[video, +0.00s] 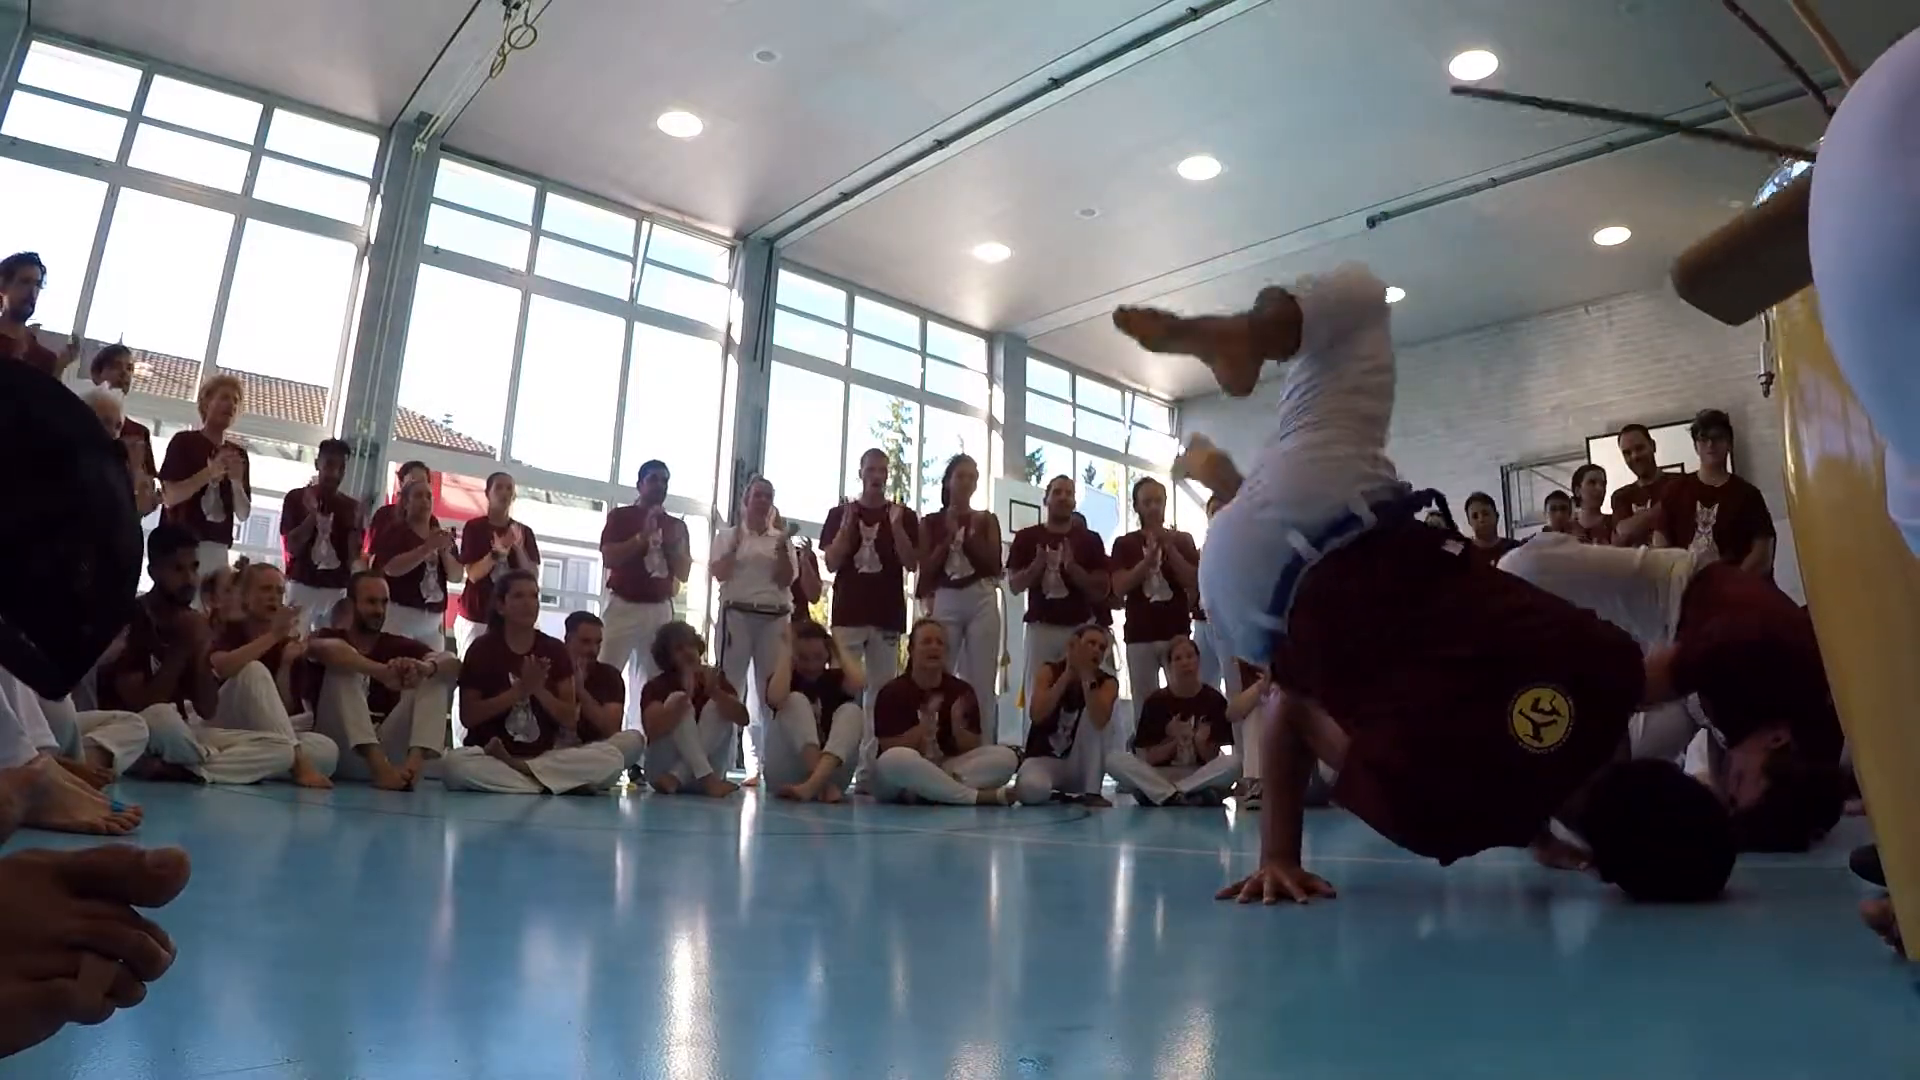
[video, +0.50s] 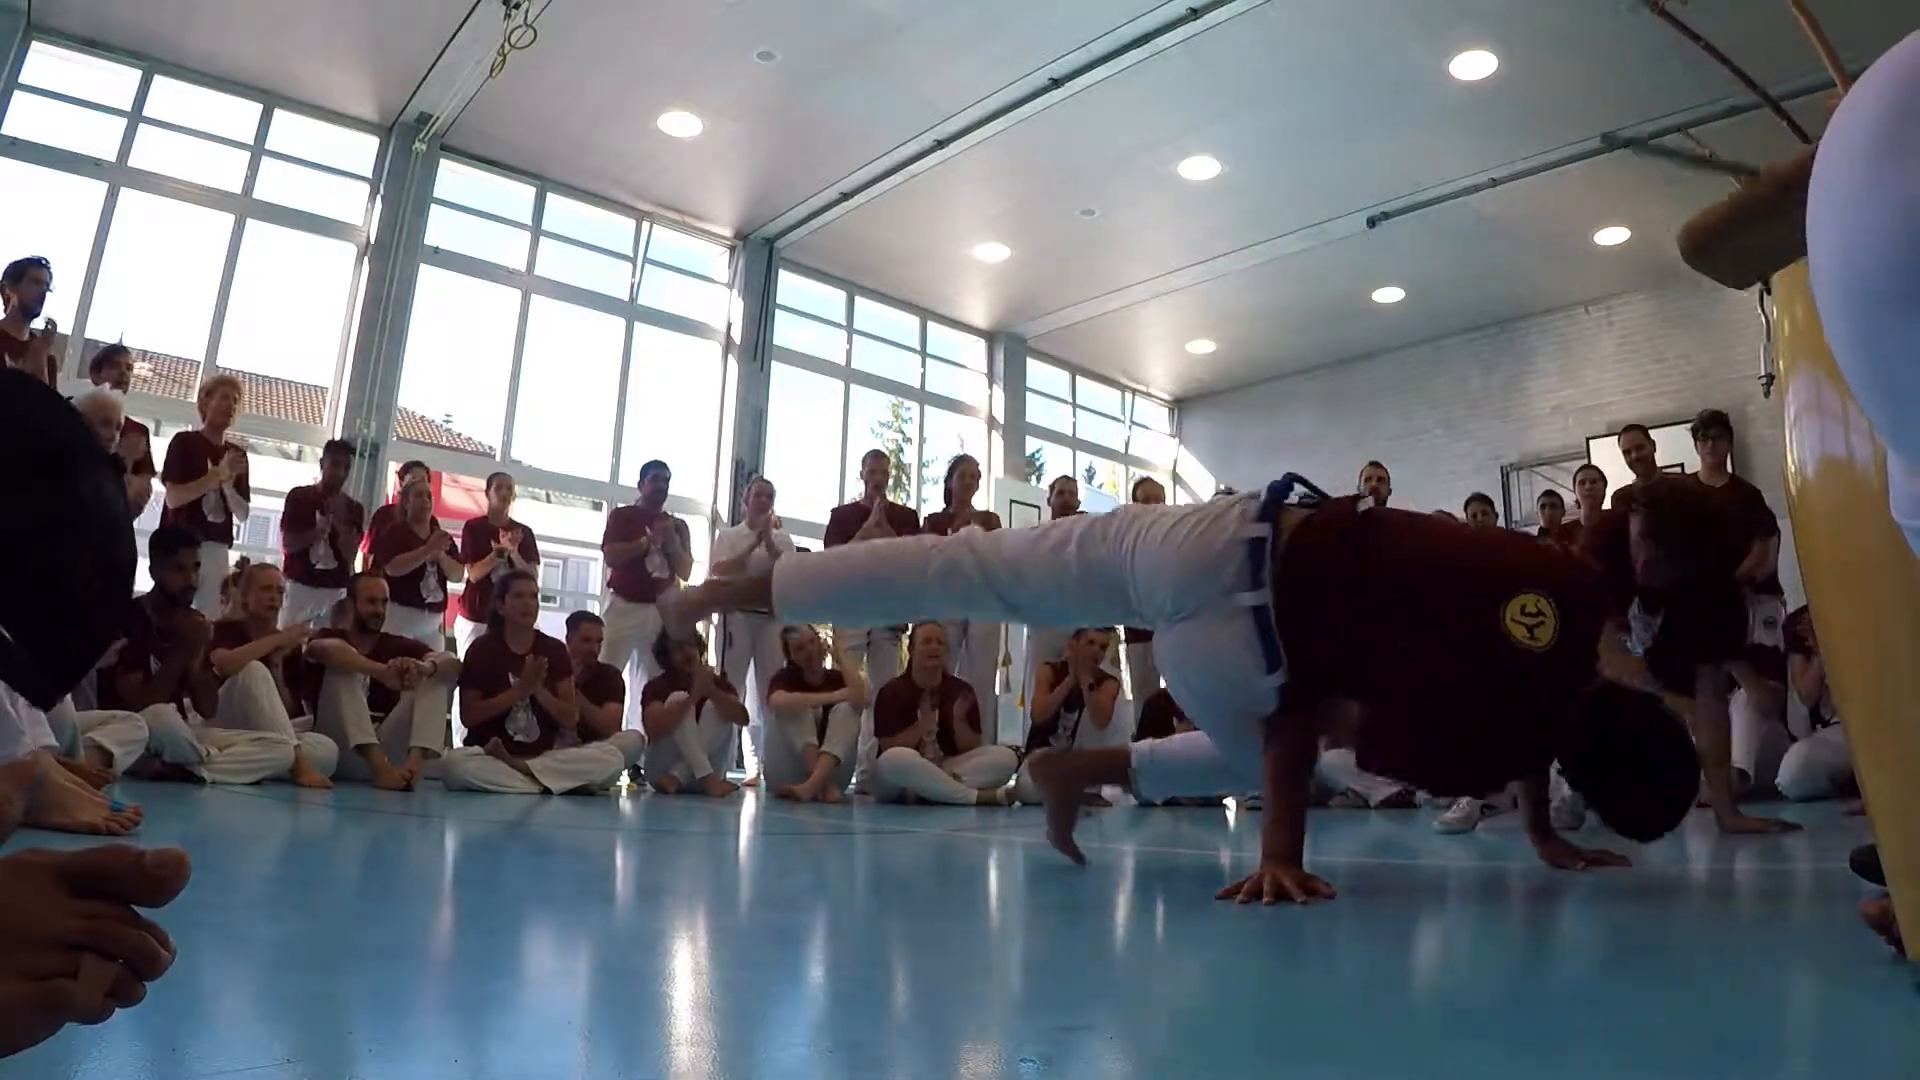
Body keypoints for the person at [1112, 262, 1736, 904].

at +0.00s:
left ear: (1662, 770)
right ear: (1601, 857)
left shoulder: (1613, 671)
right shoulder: (1440, 820)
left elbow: (1481, 594)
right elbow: (1284, 705)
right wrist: (1276, 857)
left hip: (1343, 500)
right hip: (1245, 592)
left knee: (1358, 294)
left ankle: (1238, 343)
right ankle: (1221, 481)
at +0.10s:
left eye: (1707, 780)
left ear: (1655, 787)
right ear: (1605, 863)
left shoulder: (1611, 662)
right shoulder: (1446, 822)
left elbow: (1470, 595)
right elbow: (1296, 713)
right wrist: (1277, 859)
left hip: (1317, 520)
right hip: (1243, 631)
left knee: (1269, 299)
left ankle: (1153, 369)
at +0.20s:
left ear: (1654, 770)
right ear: (1599, 853)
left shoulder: (1605, 651)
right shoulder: (1468, 818)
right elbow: (1323, 715)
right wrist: (1283, 858)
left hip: (1300, 525)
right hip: (1252, 663)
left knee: (1173, 346)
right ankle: (1172, 709)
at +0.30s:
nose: (1594, 866)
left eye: (1625, 859)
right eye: (1616, 864)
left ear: (1658, 738)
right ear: (1604, 845)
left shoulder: (1604, 644)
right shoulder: (1492, 801)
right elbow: (1319, 723)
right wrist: (1281, 854)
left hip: (1300, 527)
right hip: (1259, 650)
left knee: (1092, 436)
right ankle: (1122, 762)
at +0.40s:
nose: (1598, 847)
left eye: (1623, 838)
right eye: (1617, 850)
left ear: (1638, 756)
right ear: (1601, 832)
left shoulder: (1588, 625)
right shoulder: (1485, 784)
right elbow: (1316, 724)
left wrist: (1531, 840)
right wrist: (1280, 859)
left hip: (1269, 531)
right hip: (1267, 655)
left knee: (1027, 511)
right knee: (1259, 777)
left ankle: (781, 509)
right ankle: (1089, 778)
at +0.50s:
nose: (1596, 814)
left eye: (1616, 807)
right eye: (1610, 812)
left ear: (1626, 683)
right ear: (1594, 793)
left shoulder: (1560, 587)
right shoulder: (1492, 743)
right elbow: (1309, 720)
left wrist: (1538, 829)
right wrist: (1283, 856)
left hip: (1225, 546)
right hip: (1239, 666)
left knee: (984, 573)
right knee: (1256, 771)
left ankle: (731, 590)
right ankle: (1091, 768)